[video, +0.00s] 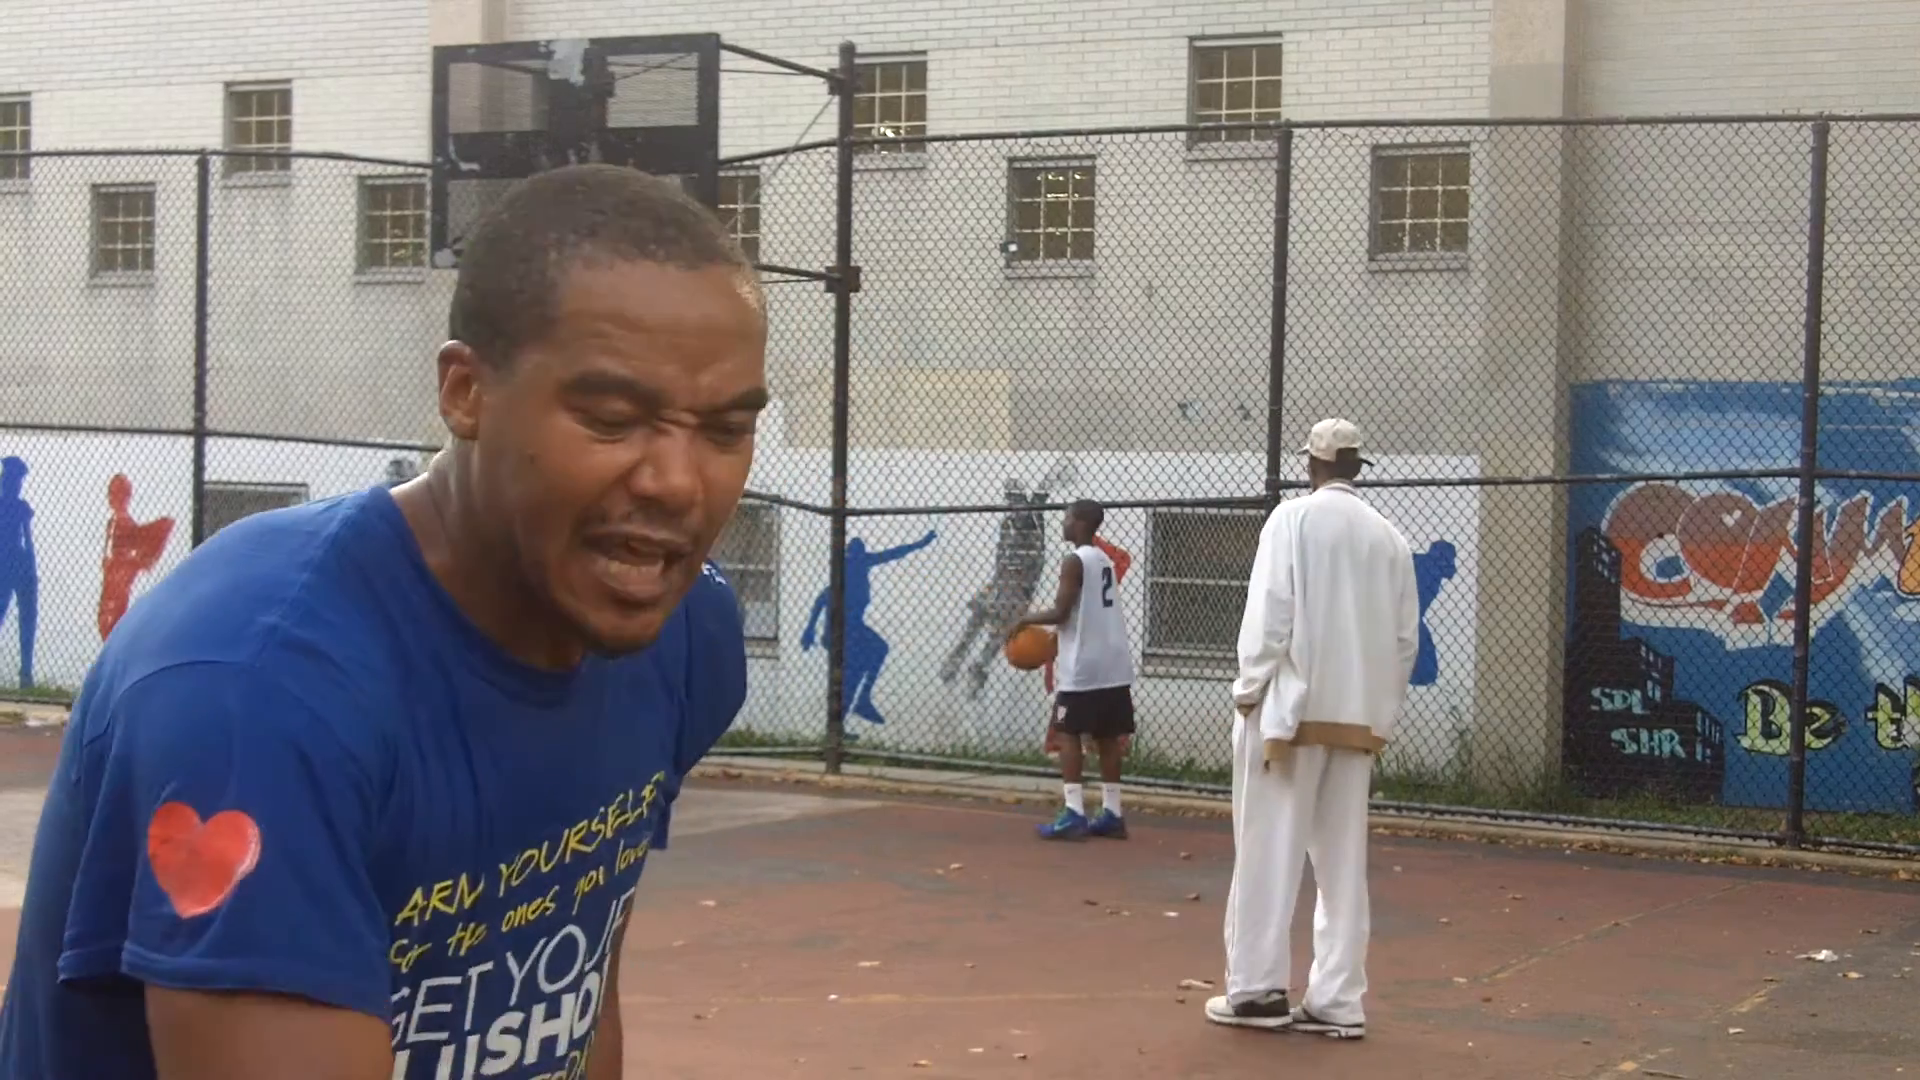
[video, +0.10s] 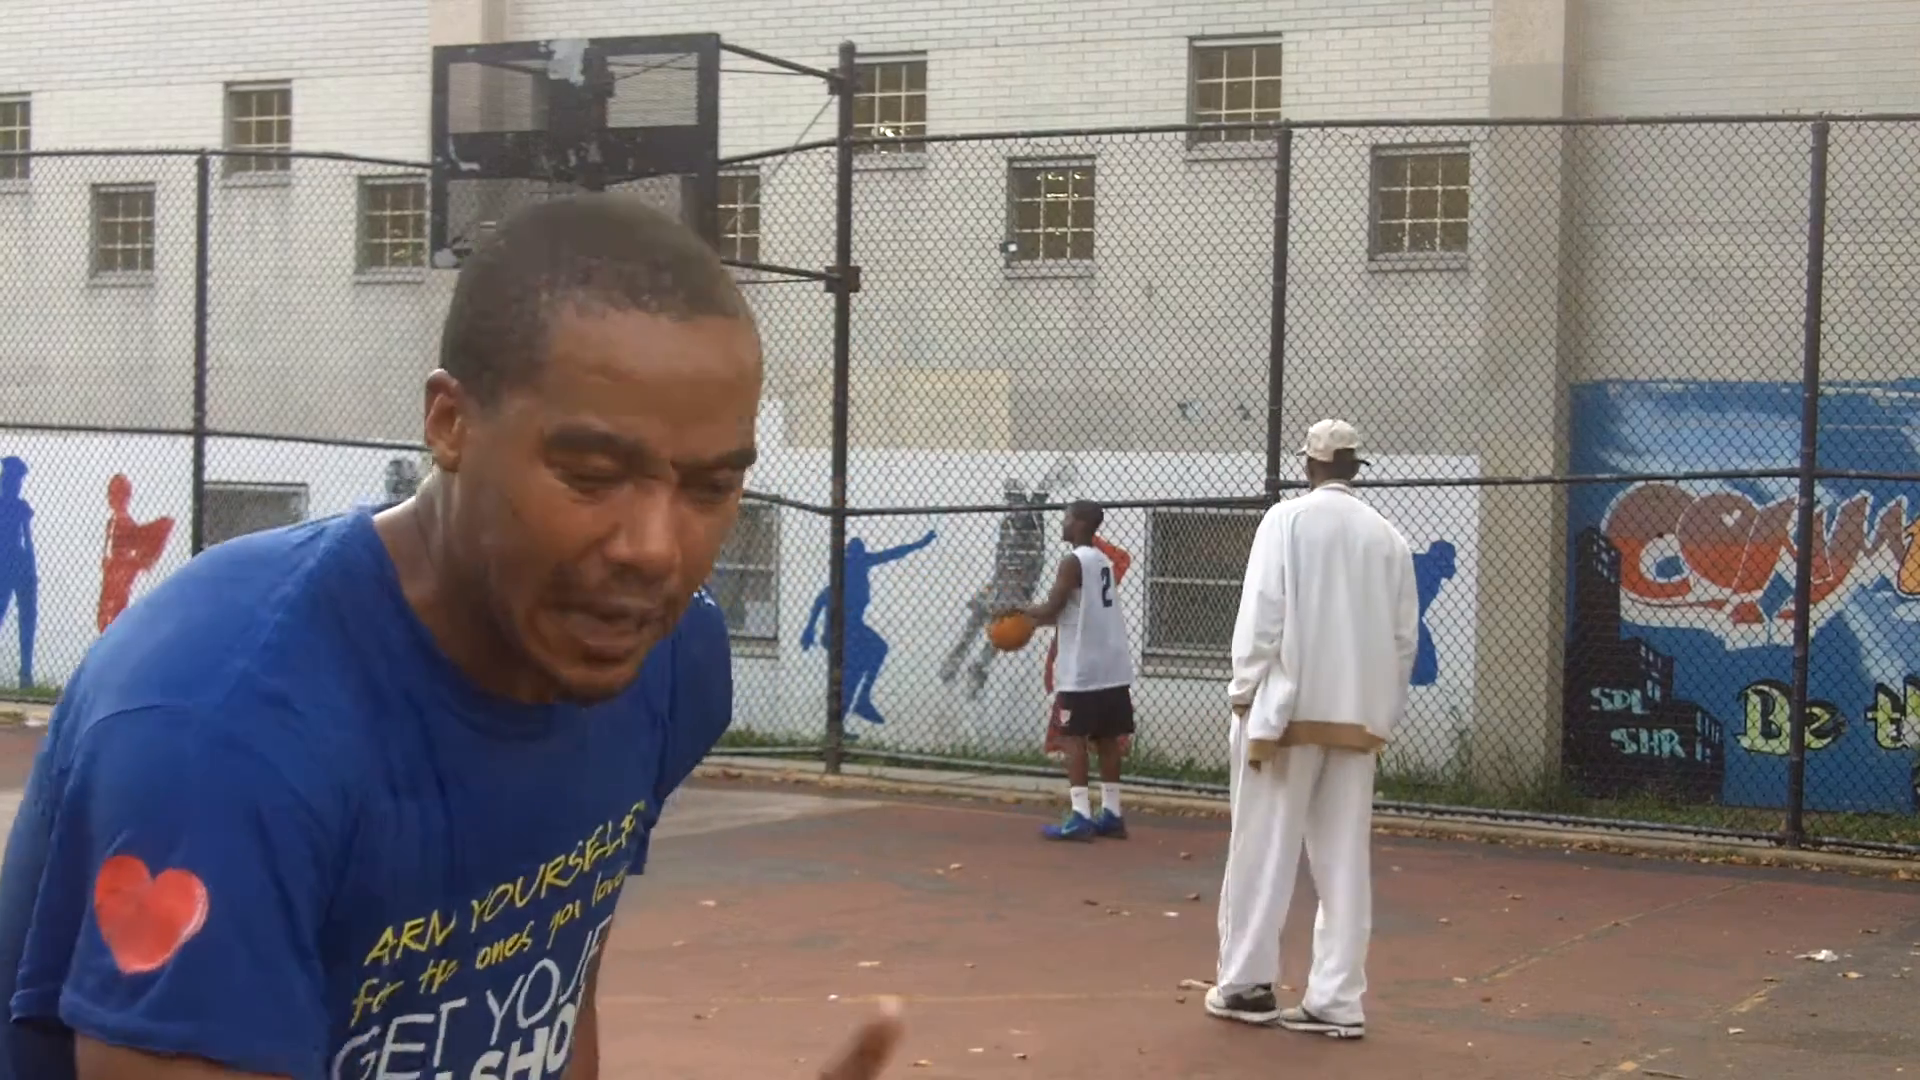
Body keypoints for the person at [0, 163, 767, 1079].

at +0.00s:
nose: (677, 486)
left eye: (727, 425)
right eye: (612, 415)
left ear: (755, 427)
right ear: (467, 393)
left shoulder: (685, 632)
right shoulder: (246, 698)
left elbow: (572, 989)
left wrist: (597, 1065)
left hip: (534, 1053)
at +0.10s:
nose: (652, 552)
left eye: (709, 484)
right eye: (593, 471)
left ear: (744, 470)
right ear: (450, 431)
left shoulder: (670, 650)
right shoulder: (210, 736)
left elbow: (544, 983)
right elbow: (162, 1050)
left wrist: (579, 1070)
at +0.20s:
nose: (629, 652)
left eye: (687, 583)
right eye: (567, 571)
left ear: (725, 550)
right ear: (428, 498)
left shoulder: (664, 684)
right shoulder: (163, 796)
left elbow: (538, 989)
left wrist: (548, 1064)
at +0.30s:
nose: (611, 722)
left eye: (670, 653)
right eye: (549, 645)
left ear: (706, 611)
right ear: (402, 557)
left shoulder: (646, 716)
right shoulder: (131, 862)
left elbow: (514, 1006)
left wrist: (515, 1072)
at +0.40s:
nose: (613, 768)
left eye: (664, 694)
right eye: (545, 697)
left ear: (696, 642)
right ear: (382, 607)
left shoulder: (611, 756)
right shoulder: (105, 899)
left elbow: (478, 1013)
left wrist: (479, 1069)